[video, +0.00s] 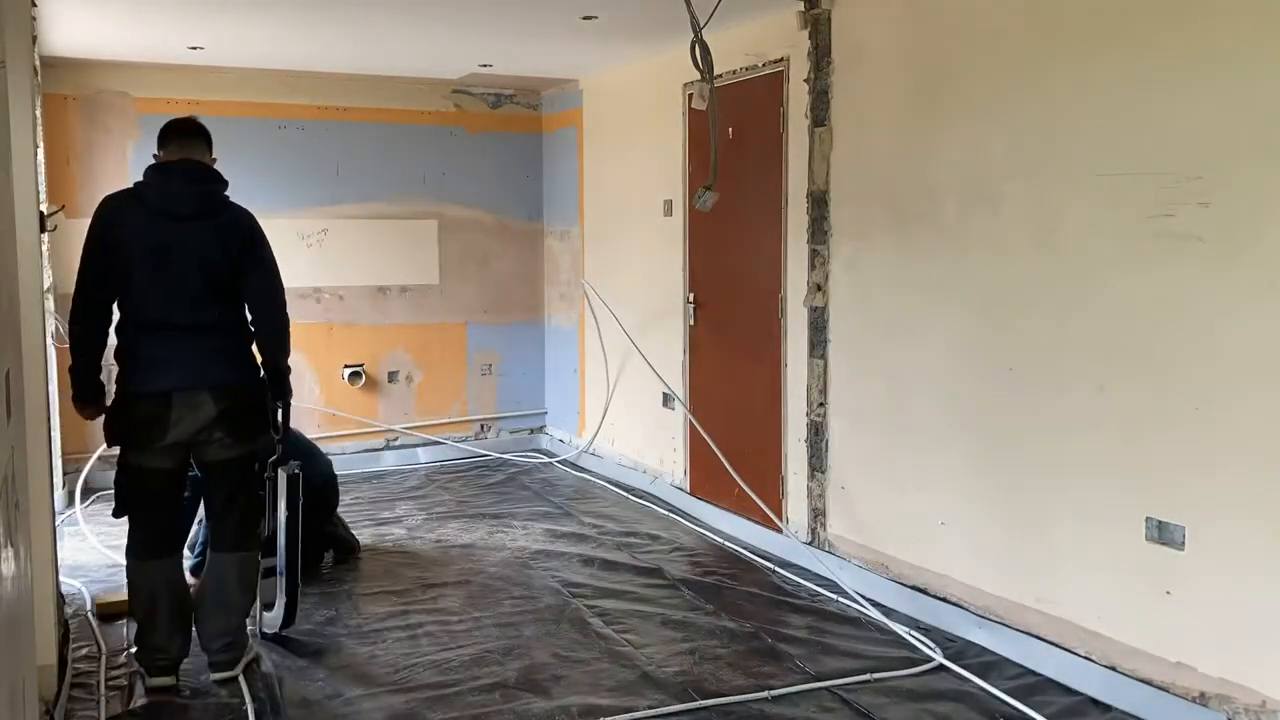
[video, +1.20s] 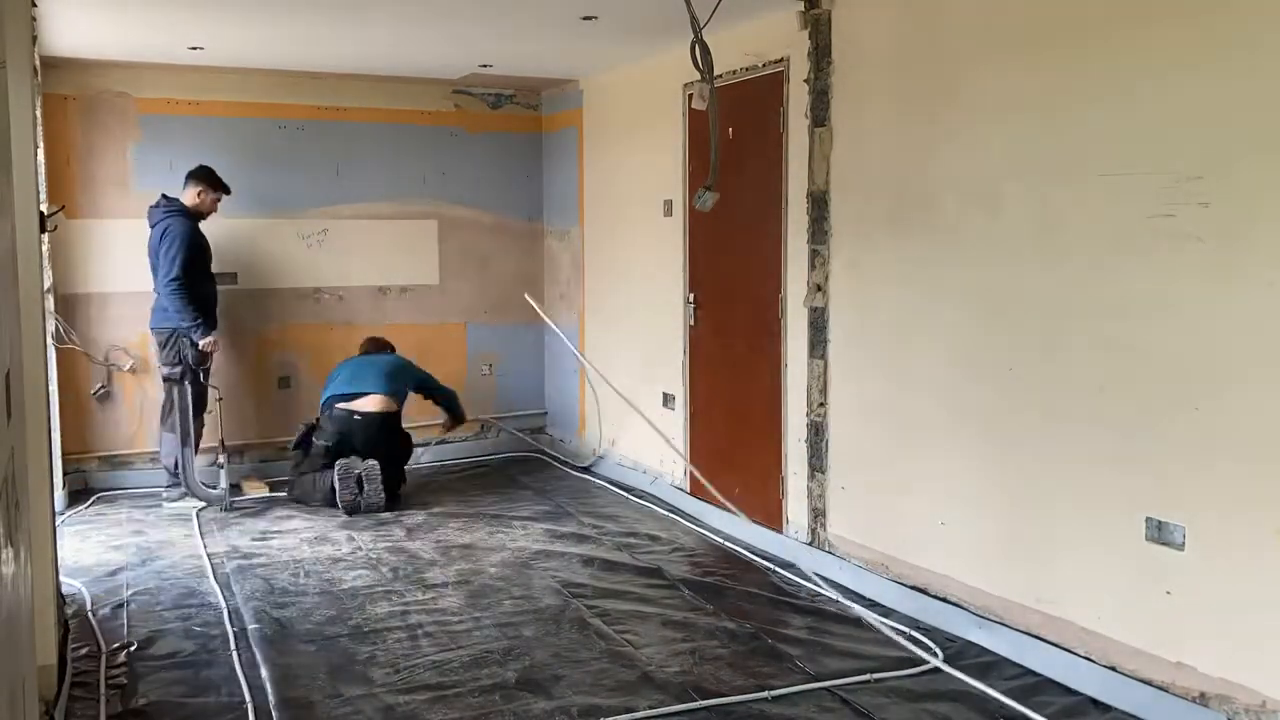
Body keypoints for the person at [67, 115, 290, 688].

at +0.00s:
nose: (202, 167)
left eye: (180, 156)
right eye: (206, 158)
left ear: (156, 158)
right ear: (211, 161)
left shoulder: (116, 213)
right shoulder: (237, 222)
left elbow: (89, 308)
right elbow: (270, 310)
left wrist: (87, 382)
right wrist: (278, 378)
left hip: (147, 395)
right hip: (226, 392)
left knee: (152, 528)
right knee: (234, 519)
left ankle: (159, 663)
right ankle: (225, 652)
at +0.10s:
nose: (202, 160)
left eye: (177, 150)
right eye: (209, 153)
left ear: (157, 153)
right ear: (212, 155)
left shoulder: (123, 215)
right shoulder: (241, 222)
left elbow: (115, 275)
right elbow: (270, 313)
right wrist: (276, 383)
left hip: (153, 396)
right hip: (232, 394)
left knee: (155, 529)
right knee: (233, 525)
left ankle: (159, 661)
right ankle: (224, 649)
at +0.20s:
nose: (177, 165)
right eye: (183, 157)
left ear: (130, 160)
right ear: (185, 157)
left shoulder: (95, 226)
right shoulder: (219, 219)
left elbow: (87, 329)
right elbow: (257, 311)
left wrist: (99, 410)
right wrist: (270, 381)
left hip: (136, 402)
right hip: (216, 396)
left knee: (144, 528)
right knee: (230, 510)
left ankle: (158, 663)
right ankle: (220, 635)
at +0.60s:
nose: (193, 177)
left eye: (182, 168)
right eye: (201, 169)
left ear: (170, 170)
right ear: (216, 171)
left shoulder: (137, 215)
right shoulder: (237, 225)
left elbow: (97, 287)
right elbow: (267, 301)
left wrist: (87, 356)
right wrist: (250, 357)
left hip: (153, 375)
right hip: (220, 374)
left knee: (155, 485)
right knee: (223, 483)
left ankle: (163, 605)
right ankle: (212, 600)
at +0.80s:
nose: (174, 192)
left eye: (157, 185)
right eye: (178, 185)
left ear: (144, 187)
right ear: (184, 186)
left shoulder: (117, 226)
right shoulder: (205, 232)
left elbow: (91, 294)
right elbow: (233, 296)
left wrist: (83, 353)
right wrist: (226, 341)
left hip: (135, 354)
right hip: (195, 353)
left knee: (139, 451)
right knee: (201, 446)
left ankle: (149, 558)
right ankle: (191, 538)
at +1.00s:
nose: (122, 195)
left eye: (119, 189)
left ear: (116, 189)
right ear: (152, 186)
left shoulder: (94, 227)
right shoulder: (175, 223)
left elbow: (84, 293)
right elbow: (204, 286)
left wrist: (85, 346)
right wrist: (225, 339)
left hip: (120, 341)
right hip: (173, 339)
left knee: (126, 435)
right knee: (183, 430)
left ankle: (133, 519)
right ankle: (183, 515)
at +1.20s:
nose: (216, 208)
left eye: (218, 201)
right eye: (216, 200)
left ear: (195, 193)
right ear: (200, 193)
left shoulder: (171, 223)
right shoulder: (180, 228)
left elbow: (169, 285)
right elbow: (171, 287)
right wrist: (200, 331)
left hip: (174, 328)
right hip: (181, 331)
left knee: (178, 405)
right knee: (187, 407)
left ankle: (176, 481)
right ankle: (179, 483)